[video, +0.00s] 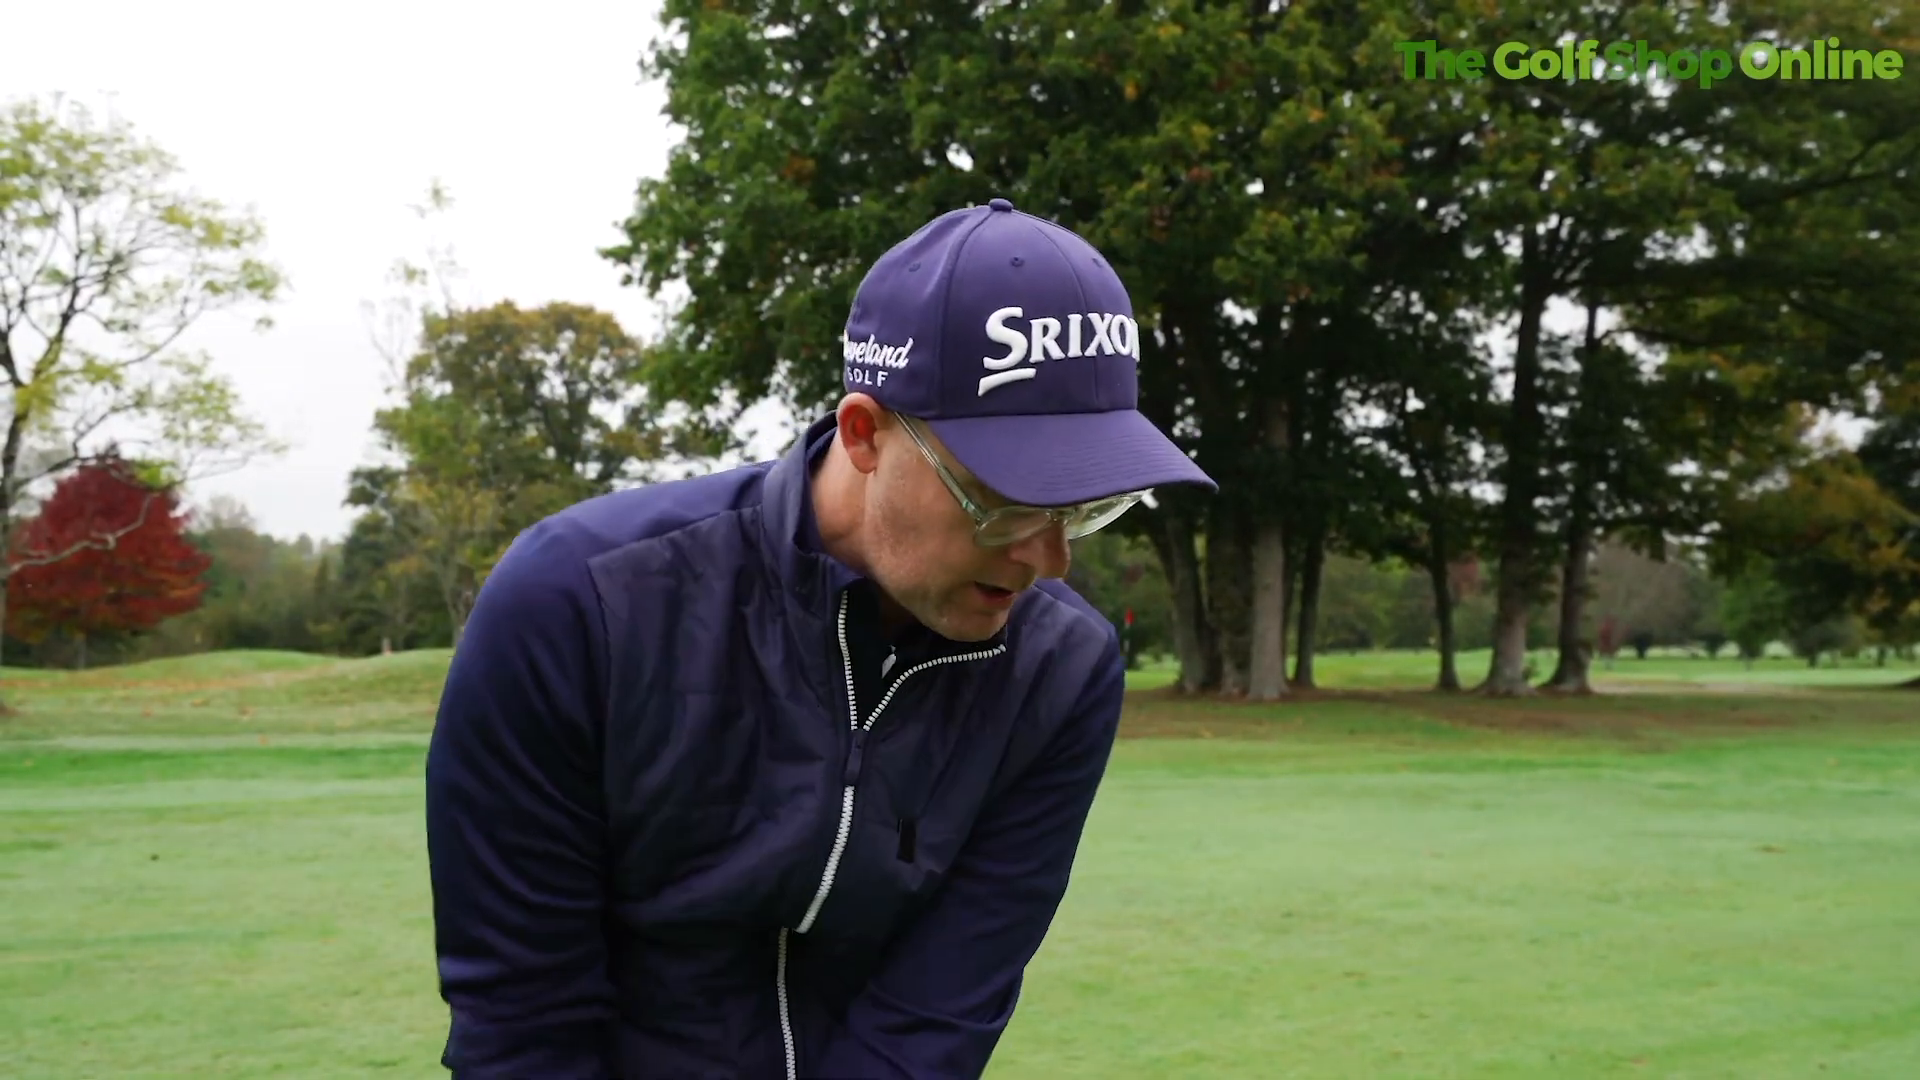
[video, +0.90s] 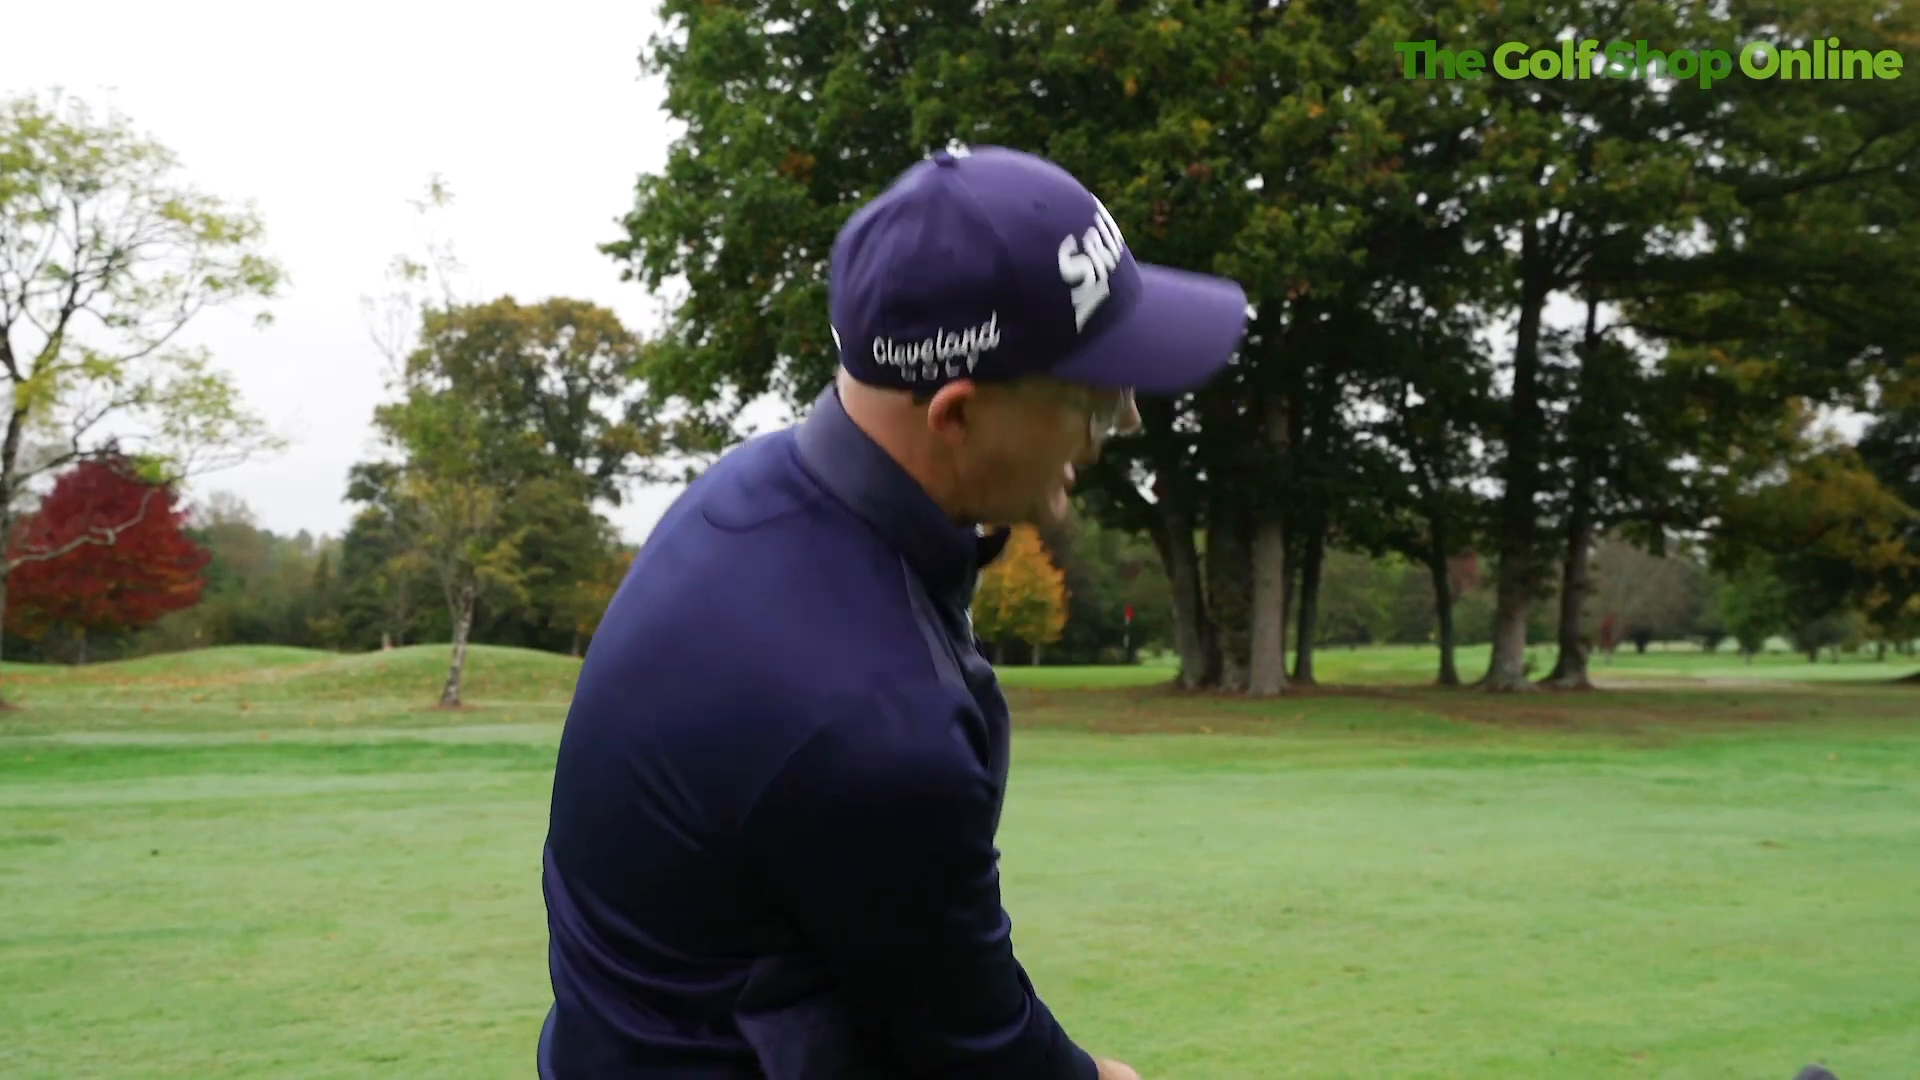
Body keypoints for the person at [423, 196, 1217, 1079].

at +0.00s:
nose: (1046, 557)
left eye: (1076, 504)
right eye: (1004, 500)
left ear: (1108, 473)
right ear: (863, 437)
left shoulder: (1064, 668)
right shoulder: (573, 602)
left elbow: (930, 1034)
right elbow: (520, 1024)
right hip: (615, 1056)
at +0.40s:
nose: (1088, 597)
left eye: (1107, 545)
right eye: (1042, 548)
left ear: (1136, 487)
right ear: (897, 482)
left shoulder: (1078, 654)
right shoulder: (628, 679)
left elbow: (1005, 1019)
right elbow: (592, 1042)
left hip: (914, 1042)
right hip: (675, 1042)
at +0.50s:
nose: (1094, 618)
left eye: (1108, 564)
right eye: (1045, 568)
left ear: (1132, 503)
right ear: (896, 509)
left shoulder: (1050, 651)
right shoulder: (673, 765)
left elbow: (1018, 994)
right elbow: (678, 1056)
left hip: (868, 1035)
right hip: (659, 1043)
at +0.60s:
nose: (1103, 626)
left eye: (1115, 573)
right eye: (1051, 582)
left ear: (1136, 511)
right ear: (905, 529)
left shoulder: (1015, 640)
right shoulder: (745, 810)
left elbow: (1015, 957)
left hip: (845, 1030)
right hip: (653, 1058)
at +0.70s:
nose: (1123, 597)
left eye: (1128, 548)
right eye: (1074, 558)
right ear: (918, 515)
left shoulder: (961, 594)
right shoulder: (800, 821)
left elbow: (1004, 917)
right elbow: (920, 1060)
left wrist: (1021, 1069)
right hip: (677, 1061)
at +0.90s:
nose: (1120, 427)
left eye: (1114, 391)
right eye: (1088, 399)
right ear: (956, 414)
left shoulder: (774, 478)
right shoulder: (878, 735)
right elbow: (981, 1036)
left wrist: (1064, 1057)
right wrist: (1083, 1074)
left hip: (617, 1027)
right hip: (736, 1058)